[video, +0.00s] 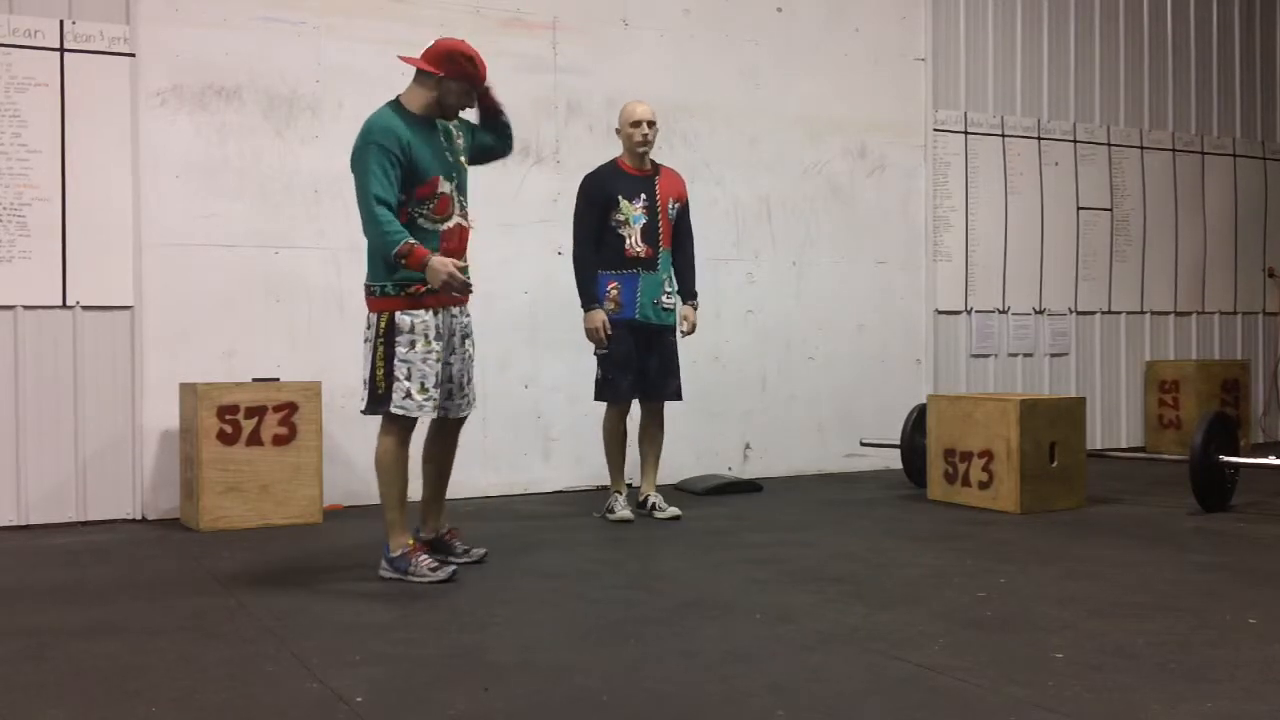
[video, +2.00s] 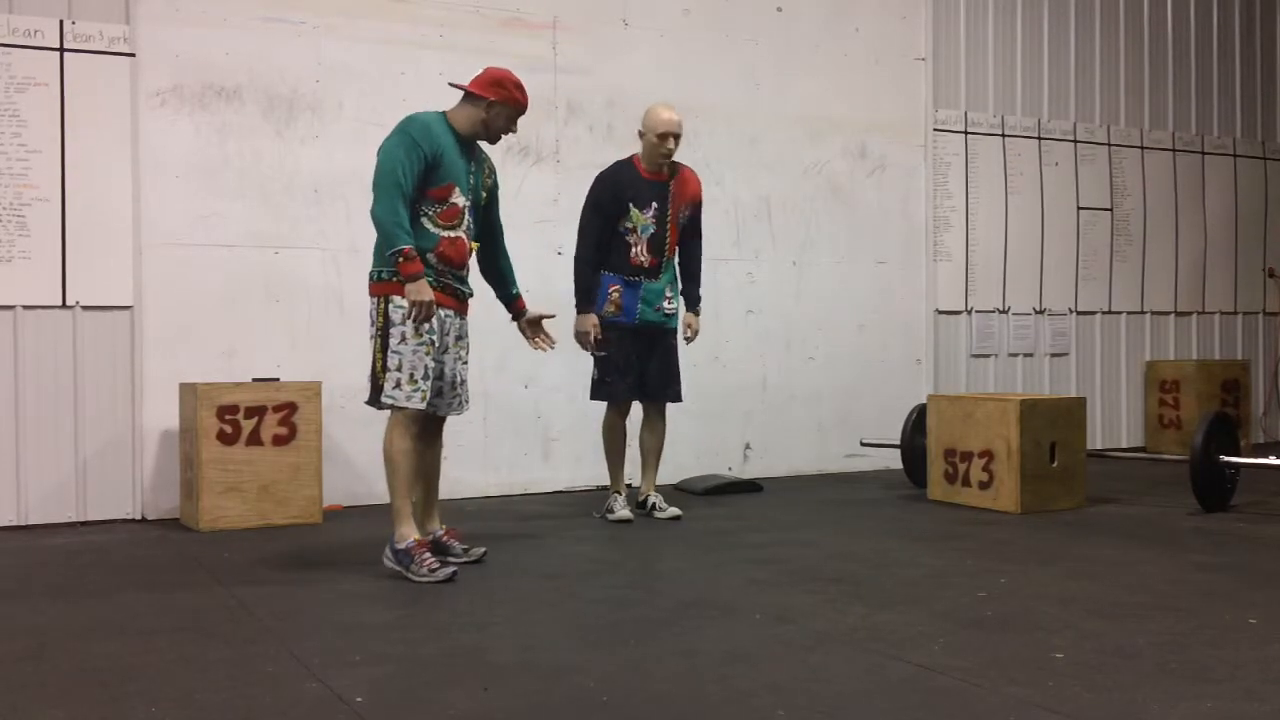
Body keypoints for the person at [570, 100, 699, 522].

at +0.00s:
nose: (644, 131)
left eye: (650, 124)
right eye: (636, 125)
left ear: (657, 131)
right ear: (620, 132)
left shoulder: (672, 182)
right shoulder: (597, 182)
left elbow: (683, 246)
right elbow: (583, 249)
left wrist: (689, 299)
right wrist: (590, 306)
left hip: (660, 312)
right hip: (615, 312)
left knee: (654, 403)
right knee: (618, 404)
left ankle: (648, 491)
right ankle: (618, 492)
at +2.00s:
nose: (671, 144)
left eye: (676, 138)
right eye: (663, 137)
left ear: (681, 138)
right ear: (642, 135)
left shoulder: (687, 183)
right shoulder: (612, 181)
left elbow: (691, 249)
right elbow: (586, 247)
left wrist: (692, 305)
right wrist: (584, 309)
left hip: (662, 314)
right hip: (616, 313)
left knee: (655, 404)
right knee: (618, 405)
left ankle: (648, 492)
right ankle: (617, 493)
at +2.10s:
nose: (680, 157)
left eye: (686, 149)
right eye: (672, 149)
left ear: (690, 148)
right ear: (652, 145)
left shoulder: (695, 191)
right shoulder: (618, 188)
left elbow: (690, 253)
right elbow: (587, 246)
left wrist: (680, 305)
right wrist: (580, 307)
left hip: (662, 310)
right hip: (615, 310)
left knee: (657, 404)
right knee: (621, 405)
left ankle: (647, 492)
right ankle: (617, 493)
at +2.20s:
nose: (692, 190)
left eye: (697, 181)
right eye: (684, 182)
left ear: (702, 180)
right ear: (663, 179)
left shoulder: (703, 215)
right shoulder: (625, 212)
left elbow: (689, 268)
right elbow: (589, 268)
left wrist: (672, 308)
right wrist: (578, 322)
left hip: (660, 321)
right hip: (616, 322)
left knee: (663, 410)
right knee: (629, 409)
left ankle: (648, 493)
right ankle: (618, 494)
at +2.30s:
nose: (698, 233)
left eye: (703, 225)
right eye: (691, 224)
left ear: (708, 223)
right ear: (672, 218)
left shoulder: (710, 252)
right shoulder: (636, 244)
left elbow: (694, 299)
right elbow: (598, 298)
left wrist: (678, 337)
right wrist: (581, 358)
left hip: (663, 342)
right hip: (620, 341)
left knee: (671, 421)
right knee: (639, 421)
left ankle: (648, 495)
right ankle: (619, 497)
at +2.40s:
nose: (706, 273)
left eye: (712, 266)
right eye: (701, 265)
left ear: (719, 262)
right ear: (685, 256)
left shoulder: (720, 278)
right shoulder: (648, 266)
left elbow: (715, 337)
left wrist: (711, 394)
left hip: (666, 345)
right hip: (624, 343)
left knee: (673, 420)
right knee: (636, 422)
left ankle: (647, 496)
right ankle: (620, 495)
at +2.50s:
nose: (719, 325)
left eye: (725, 319)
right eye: (715, 317)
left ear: (734, 305)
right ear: (702, 302)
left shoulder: (736, 307)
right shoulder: (655, 303)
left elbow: (746, 372)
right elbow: (630, 384)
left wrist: (756, 438)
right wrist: (637, 451)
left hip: (666, 313)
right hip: (624, 307)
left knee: (669, 400)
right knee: (623, 402)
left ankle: (644, 481)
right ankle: (615, 490)